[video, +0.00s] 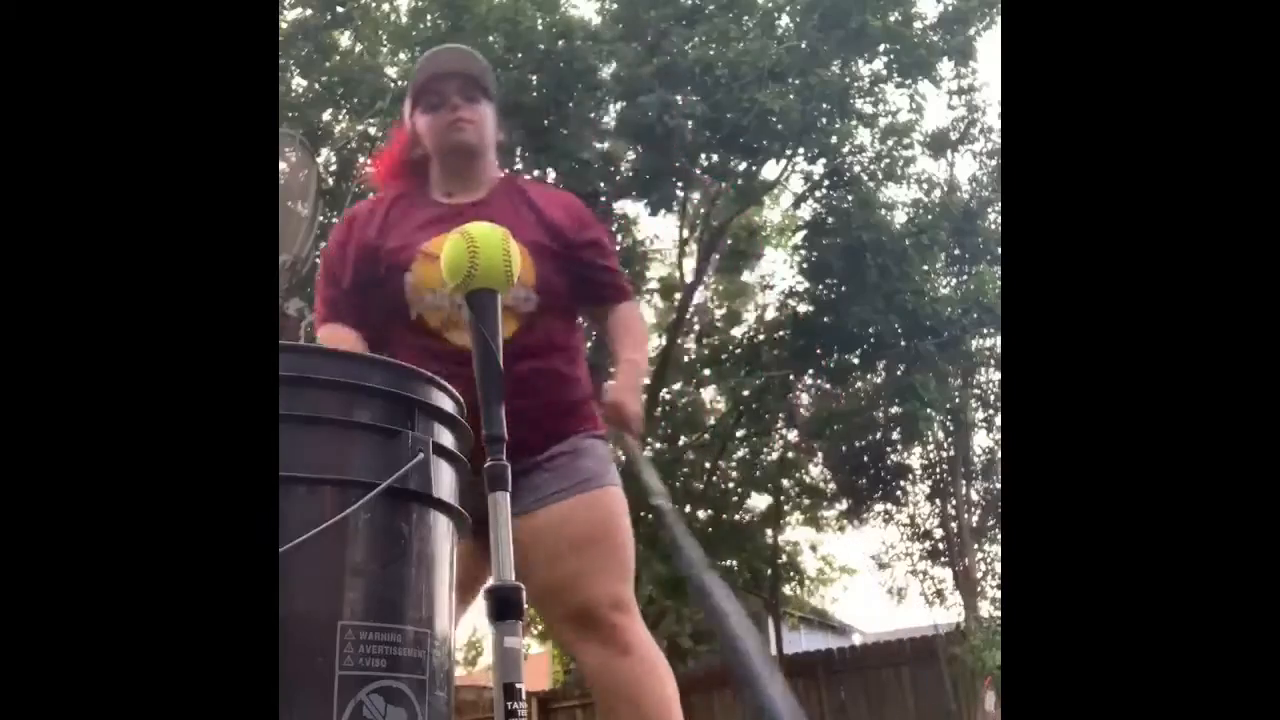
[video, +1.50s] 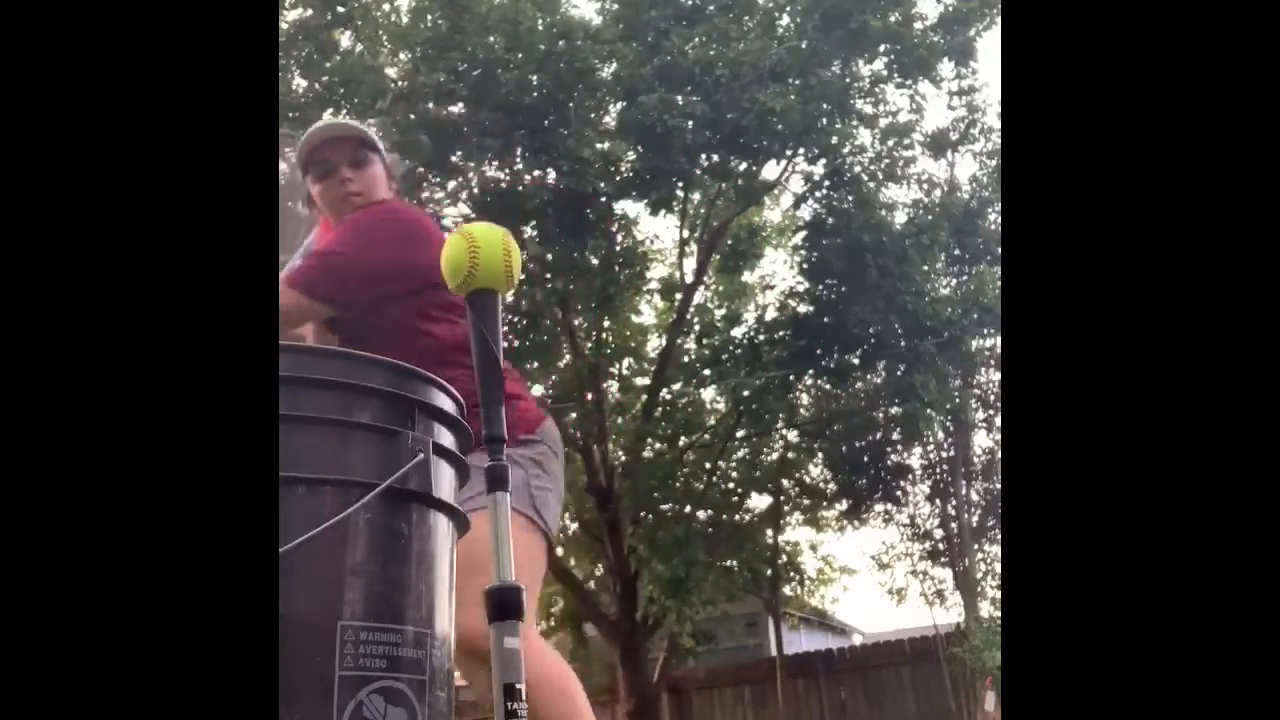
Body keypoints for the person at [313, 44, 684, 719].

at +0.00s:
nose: (456, 107)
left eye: (470, 95)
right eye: (436, 100)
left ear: (495, 116)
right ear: (414, 127)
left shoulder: (557, 212)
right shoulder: (363, 227)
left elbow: (619, 305)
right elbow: (337, 326)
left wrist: (630, 376)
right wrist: (371, 406)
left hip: (556, 450)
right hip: (433, 459)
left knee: (608, 627)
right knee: (401, 636)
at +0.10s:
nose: (442, 115)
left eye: (456, 103)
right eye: (422, 108)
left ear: (481, 121)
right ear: (402, 134)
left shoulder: (542, 205)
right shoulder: (363, 231)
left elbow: (605, 296)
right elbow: (331, 334)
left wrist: (564, 361)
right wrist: (370, 401)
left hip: (548, 445)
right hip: (432, 458)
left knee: (596, 621)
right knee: (402, 632)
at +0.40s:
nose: (462, 133)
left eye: (475, 119)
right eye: (443, 126)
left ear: (500, 132)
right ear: (424, 149)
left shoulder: (552, 198)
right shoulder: (400, 241)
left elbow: (603, 273)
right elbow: (365, 337)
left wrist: (482, 296)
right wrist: (388, 343)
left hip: (562, 440)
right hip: (448, 458)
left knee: (611, 627)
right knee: (418, 651)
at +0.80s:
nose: (450, 148)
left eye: (464, 134)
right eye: (430, 141)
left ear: (491, 149)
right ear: (414, 164)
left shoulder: (533, 196)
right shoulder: (393, 247)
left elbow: (542, 236)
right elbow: (332, 346)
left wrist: (399, 243)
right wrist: (315, 267)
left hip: (554, 443)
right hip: (444, 461)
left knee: (608, 631)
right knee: (415, 649)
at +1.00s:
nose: (412, 164)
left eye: (426, 150)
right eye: (393, 158)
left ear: (453, 161)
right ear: (377, 180)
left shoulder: (486, 208)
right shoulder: (371, 263)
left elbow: (446, 250)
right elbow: (343, 347)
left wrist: (308, 279)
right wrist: (296, 303)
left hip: (525, 452)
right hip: (424, 467)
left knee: (584, 638)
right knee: (378, 639)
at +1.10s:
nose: (387, 174)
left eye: (402, 160)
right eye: (368, 167)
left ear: (431, 175)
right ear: (355, 202)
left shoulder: (454, 217)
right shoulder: (350, 275)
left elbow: (386, 274)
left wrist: (285, 311)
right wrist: (336, 337)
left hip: (512, 452)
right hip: (419, 463)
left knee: (564, 642)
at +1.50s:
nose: (346, 177)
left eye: (360, 160)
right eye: (325, 170)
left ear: (387, 172)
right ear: (312, 197)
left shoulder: (390, 224)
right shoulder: (327, 245)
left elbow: (283, 307)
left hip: (503, 435)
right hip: (428, 445)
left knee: (481, 622)